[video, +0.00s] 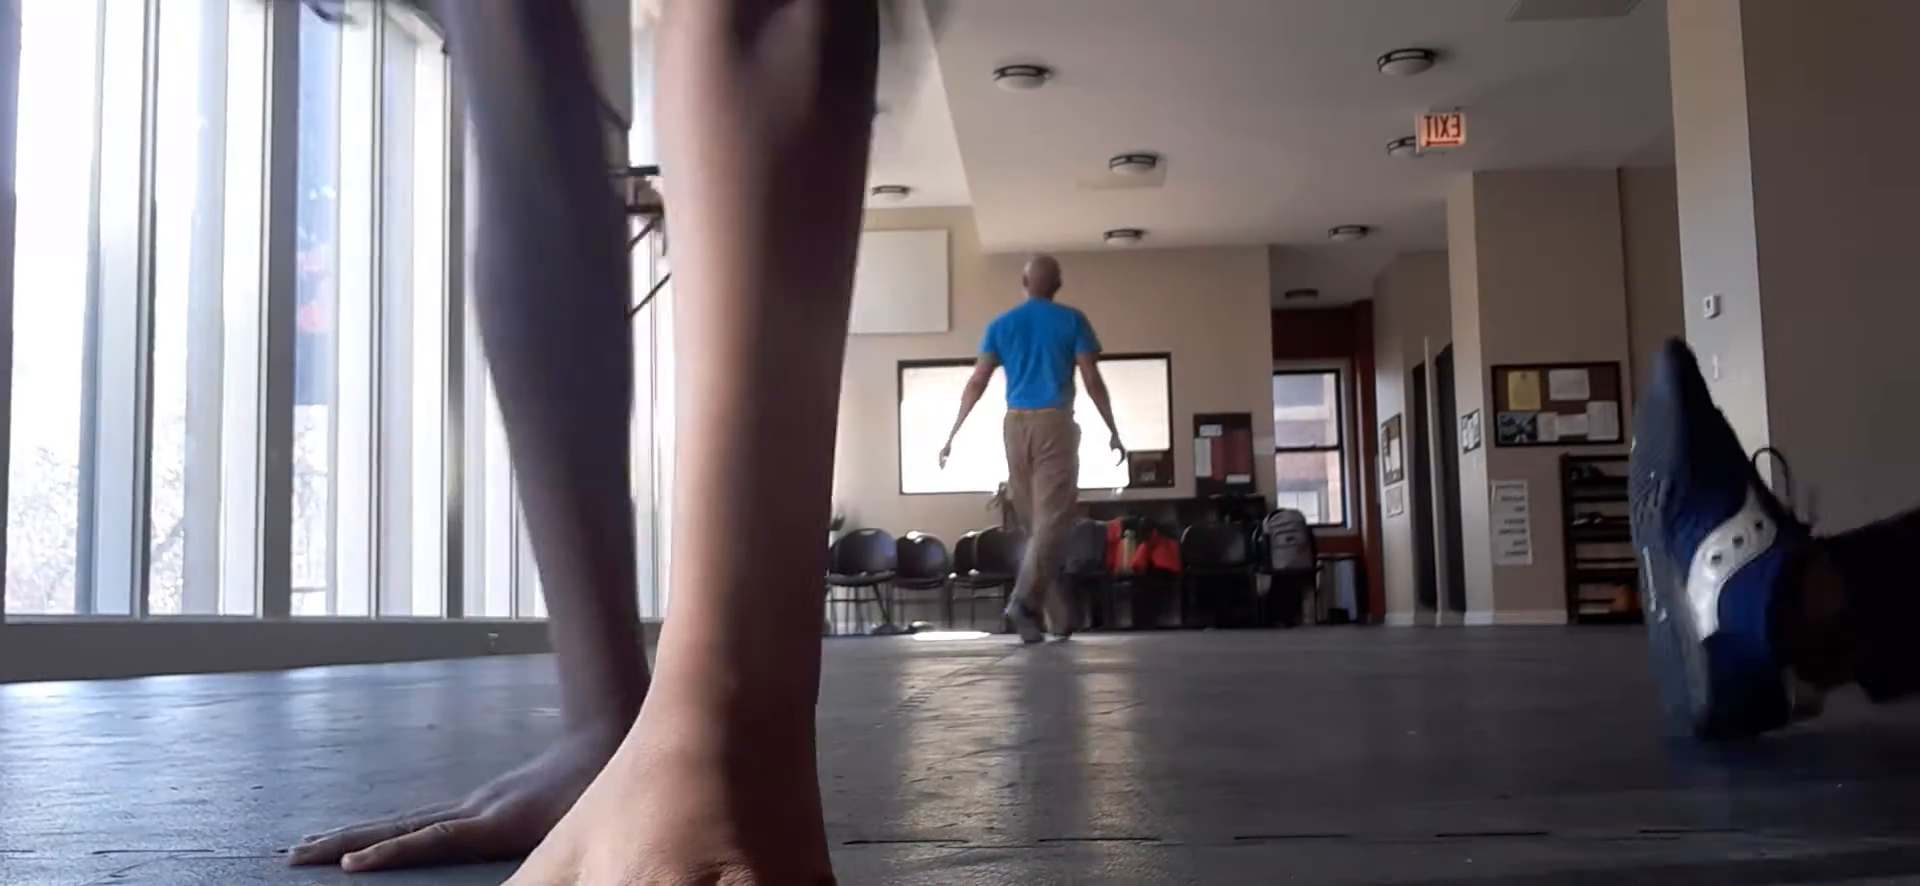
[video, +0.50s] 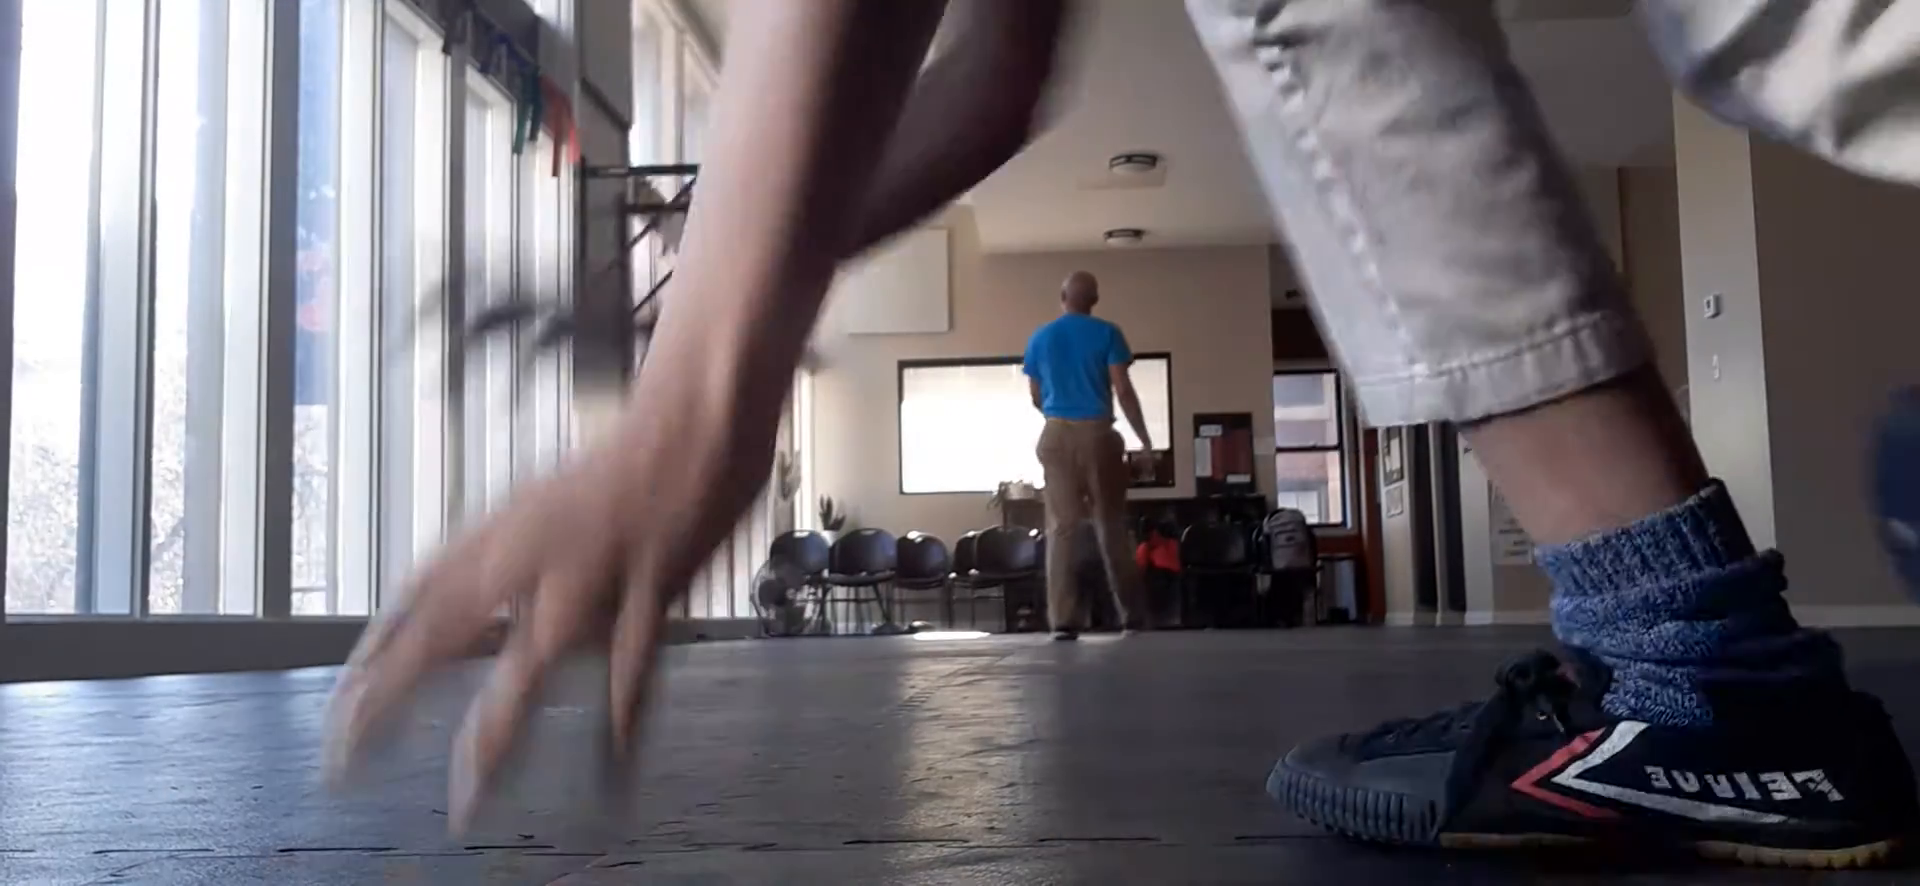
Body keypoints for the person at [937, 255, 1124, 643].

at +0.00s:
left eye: (1028, 277)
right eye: (1056, 280)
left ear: (1024, 283)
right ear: (1057, 286)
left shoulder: (1002, 324)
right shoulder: (1072, 319)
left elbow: (977, 382)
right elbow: (1091, 378)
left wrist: (952, 434)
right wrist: (1112, 429)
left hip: (1014, 426)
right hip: (1055, 425)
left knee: (1033, 521)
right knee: (1051, 516)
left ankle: (1061, 618)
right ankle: (1022, 604)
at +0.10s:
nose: (1034, 286)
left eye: (1031, 280)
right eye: (1056, 281)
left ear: (1029, 284)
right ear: (1063, 285)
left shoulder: (1009, 326)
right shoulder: (1078, 319)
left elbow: (986, 388)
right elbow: (1096, 380)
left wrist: (967, 438)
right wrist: (1116, 430)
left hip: (1021, 427)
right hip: (1060, 426)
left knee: (1040, 526)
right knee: (1077, 516)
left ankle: (1055, 623)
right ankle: (1043, 580)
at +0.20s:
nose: (1059, 288)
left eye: (1043, 281)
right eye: (1067, 284)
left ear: (1037, 286)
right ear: (1071, 287)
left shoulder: (1015, 326)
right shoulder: (1084, 320)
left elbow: (1000, 391)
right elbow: (1102, 380)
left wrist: (992, 437)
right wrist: (1121, 429)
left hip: (1027, 426)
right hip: (1069, 426)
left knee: (1046, 523)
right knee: (1093, 510)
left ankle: (1059, 621)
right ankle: (1072, 578)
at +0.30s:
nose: (1065, 292)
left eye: (1049, 284)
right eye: (1075, 288)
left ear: (1044, 288)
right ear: (1078, 290)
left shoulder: (1022, 327)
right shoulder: (1089, 322)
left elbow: (1012, 391)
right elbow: (1106, 380)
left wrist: (1022, 434)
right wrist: (1126, 432)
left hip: (1033, 426)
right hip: (1077, 426)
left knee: (1050, 524)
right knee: (1102, 511)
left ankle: (1058, 621)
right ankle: (1093, 600)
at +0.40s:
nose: (1062, 294)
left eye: (1056, 288)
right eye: (1081, 292)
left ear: (1052, 293)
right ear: (1085, 295)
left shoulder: (1031, 331)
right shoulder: (1097, 326)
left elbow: (1024, 393)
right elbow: (1112, 382)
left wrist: (1043, 422)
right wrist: (1134, 435)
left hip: (1043, 427)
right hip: (1087, 427)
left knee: (1054, 524)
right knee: (1104, 519)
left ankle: (1059, 620)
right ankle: (1119, 612)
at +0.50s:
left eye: (1068, 294)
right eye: (1092, 298)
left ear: (1062, 298)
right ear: (1095, 301)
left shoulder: (1040, 337)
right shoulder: (1107, 333)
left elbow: (1036, 397)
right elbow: (1122, 388)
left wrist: (1062, 415)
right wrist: (1144, 440)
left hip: (1054, 433)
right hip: (1098, 434)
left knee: (1058, 526)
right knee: (1110, 523)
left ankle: (1061, 621)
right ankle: (1131, 615)